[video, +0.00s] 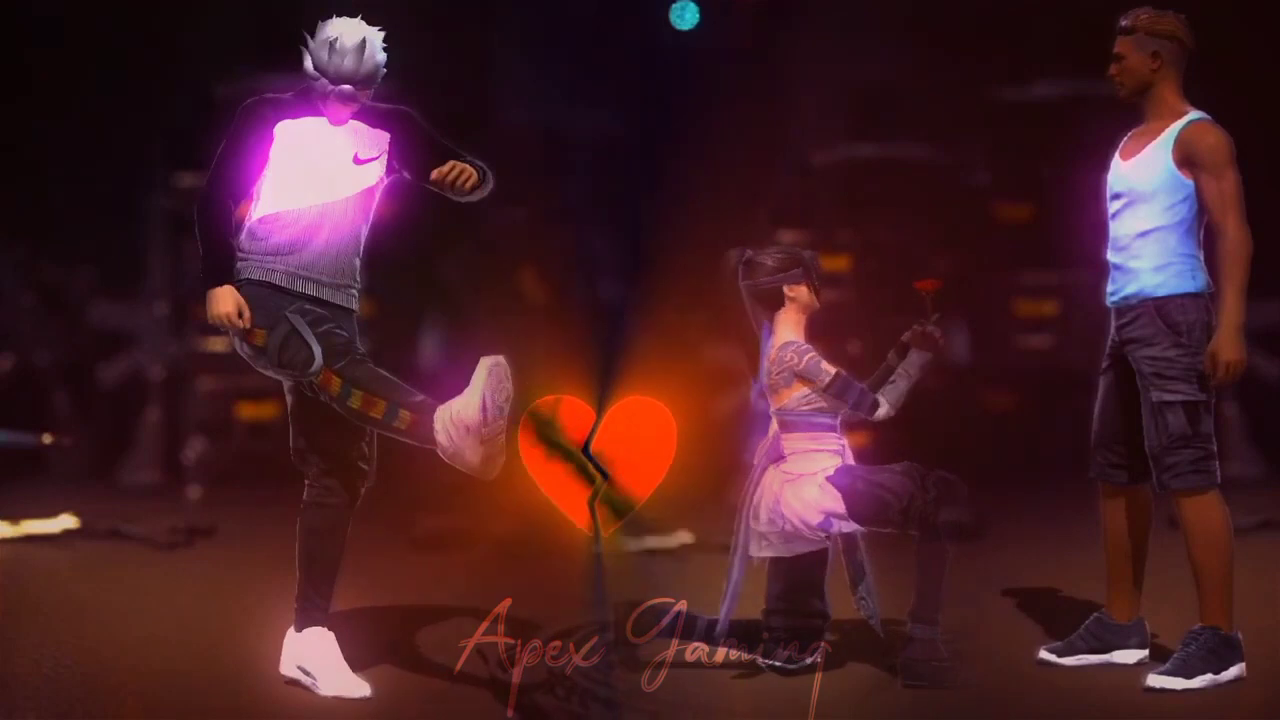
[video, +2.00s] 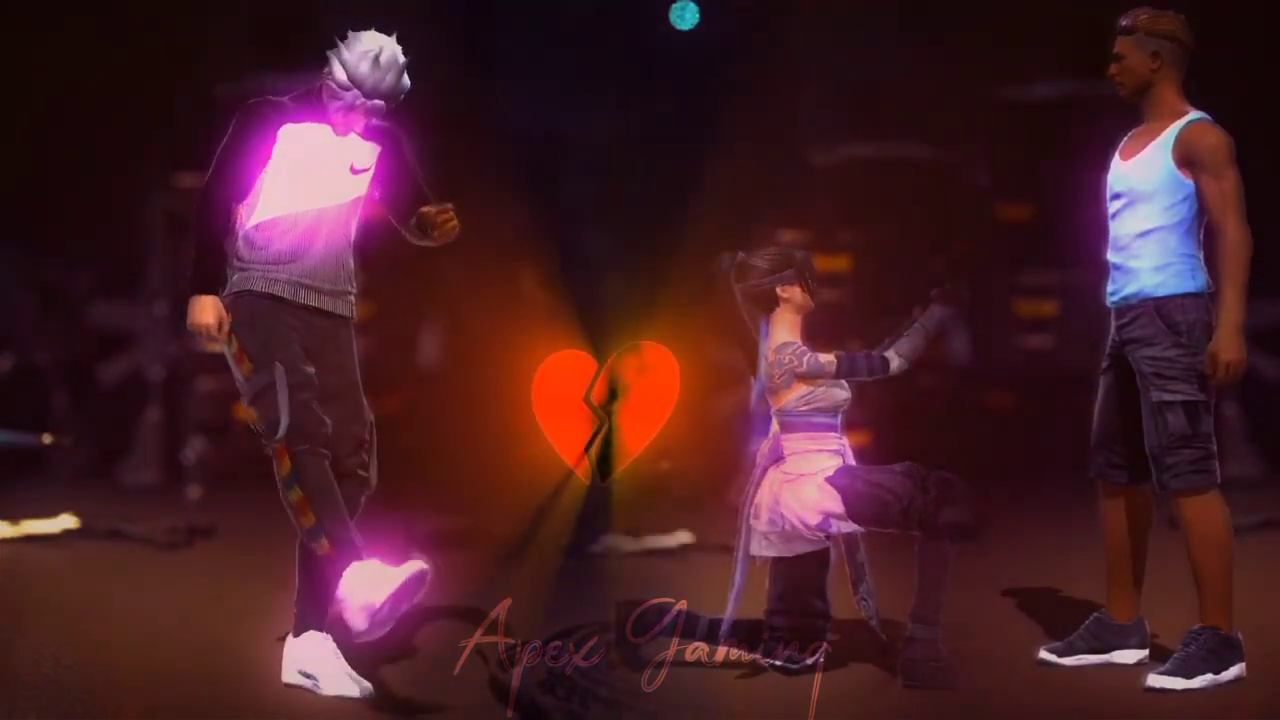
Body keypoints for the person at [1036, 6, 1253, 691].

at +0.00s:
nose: (1112, 66)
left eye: (1122, 57)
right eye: (1113, 57)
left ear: (1160, 61)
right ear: (1142, 64)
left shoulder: (1199, 134)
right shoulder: (1131, 141)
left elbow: (1233, 233)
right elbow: (1134, 241)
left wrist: (1229, 328)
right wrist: (1118, 319)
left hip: (1172, 319)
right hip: (1125, 322)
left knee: (1190, 476)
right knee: (1117, 470)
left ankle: (1217, 636)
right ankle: (1121, 623)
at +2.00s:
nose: (1112, 68)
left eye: (1122, 58)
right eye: (1112, 59)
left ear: (1159, 62)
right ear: (1141, 65)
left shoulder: (1200, 135)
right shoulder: (1132, 140)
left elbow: (1234, 232)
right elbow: (1136, 240)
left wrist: (1229, 327)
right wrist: (1118, 319)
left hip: (1172, 320)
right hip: (1125, 323)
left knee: (1190, 477)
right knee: (1117, 471)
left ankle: (1216, 637)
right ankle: (1121, 623)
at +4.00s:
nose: (1112, 68)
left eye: (1122, 58)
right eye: (1112, 58)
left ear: (1159, 62)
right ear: (1141, 65)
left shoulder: (1199, 135)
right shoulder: (1133, 140)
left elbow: (1234, 234)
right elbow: (1136, 240)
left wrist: (1229, 328)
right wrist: (1118, 319)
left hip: (1172, 320)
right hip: (1125, 322)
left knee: (1189, 476)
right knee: (1116, 470)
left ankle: (1216, 636)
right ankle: (1121, 623)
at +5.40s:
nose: (1113, 67)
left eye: (1123, 58)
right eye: (1114, 58)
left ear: (1159, 62)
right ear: (1144, 65)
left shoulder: (1201, 135)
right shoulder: (1134, 140)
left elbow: (1233, 232)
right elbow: (1136, 239)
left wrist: (1227, 327)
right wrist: (1118, 321)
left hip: (1172, 320)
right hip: (1125, 322)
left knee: (1190, 478)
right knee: (1119, 473)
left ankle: (1217, 636)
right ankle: (1121, 623)